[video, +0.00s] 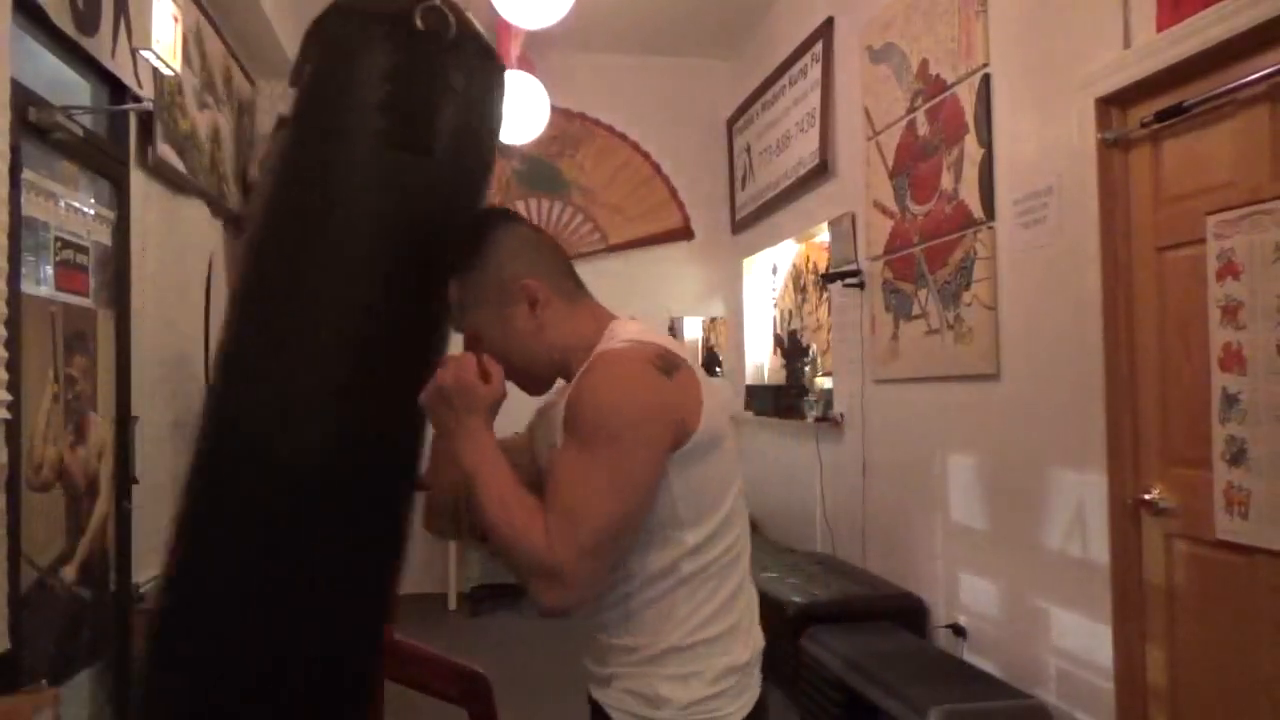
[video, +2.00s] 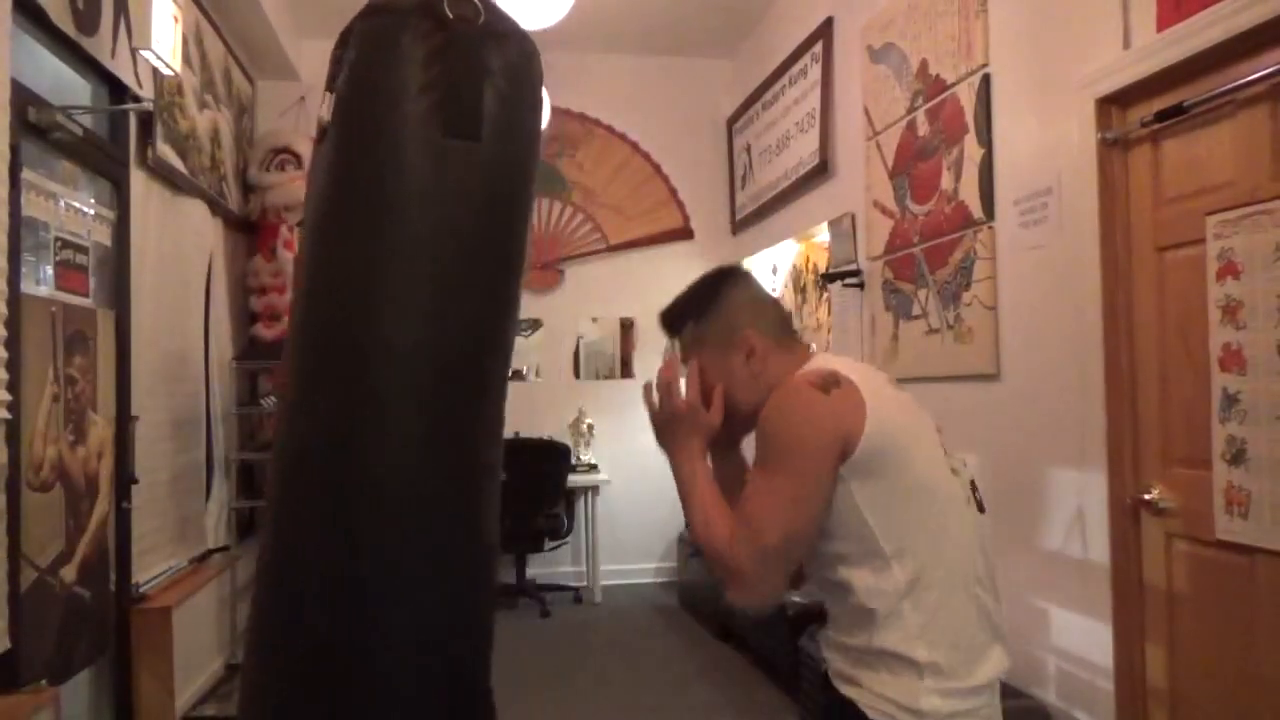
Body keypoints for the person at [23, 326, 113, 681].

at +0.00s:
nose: (70, 390)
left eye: (75, 382)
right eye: (65, 383)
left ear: (91, 385)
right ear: (60, 389)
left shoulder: (104, 430)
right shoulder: (64, 436)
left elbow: (106, 501)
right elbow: (38, 480)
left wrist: (76, 563)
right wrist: (47, 405)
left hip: (103, 551)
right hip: (74, 549)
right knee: (31, 603)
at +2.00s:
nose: (69, 391)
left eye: (75, 381)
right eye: (64, 383)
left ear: (91, 385)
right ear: (60, 389)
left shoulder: (105, 431)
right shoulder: (62, 437)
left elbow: (105, 501)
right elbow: (38, 481)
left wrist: (76, 562)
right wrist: (46, 401)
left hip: (104, 551)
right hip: (74, 550)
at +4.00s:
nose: (70, 391)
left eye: (76, 382)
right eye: (65, 383)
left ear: (90, 383)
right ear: (61, 389)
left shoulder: (104, 431)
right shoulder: (62, 439)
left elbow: (105, 501)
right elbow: (36, 479)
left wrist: (76, 562)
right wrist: (46, 401)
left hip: (103, 550)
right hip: (74, 551)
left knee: (101, 631)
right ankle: (58, 692)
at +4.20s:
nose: (70, 392)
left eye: (76, 383)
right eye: (65, 384)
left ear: (90, 384)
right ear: (61, 390)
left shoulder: (104, 431)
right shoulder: (63, 437)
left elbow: (105, 499)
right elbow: (37, 479)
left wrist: (76, 562)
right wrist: (47, 400)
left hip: (103, 553)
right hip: (74, 554)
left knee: (99, 631)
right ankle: (61, 690)